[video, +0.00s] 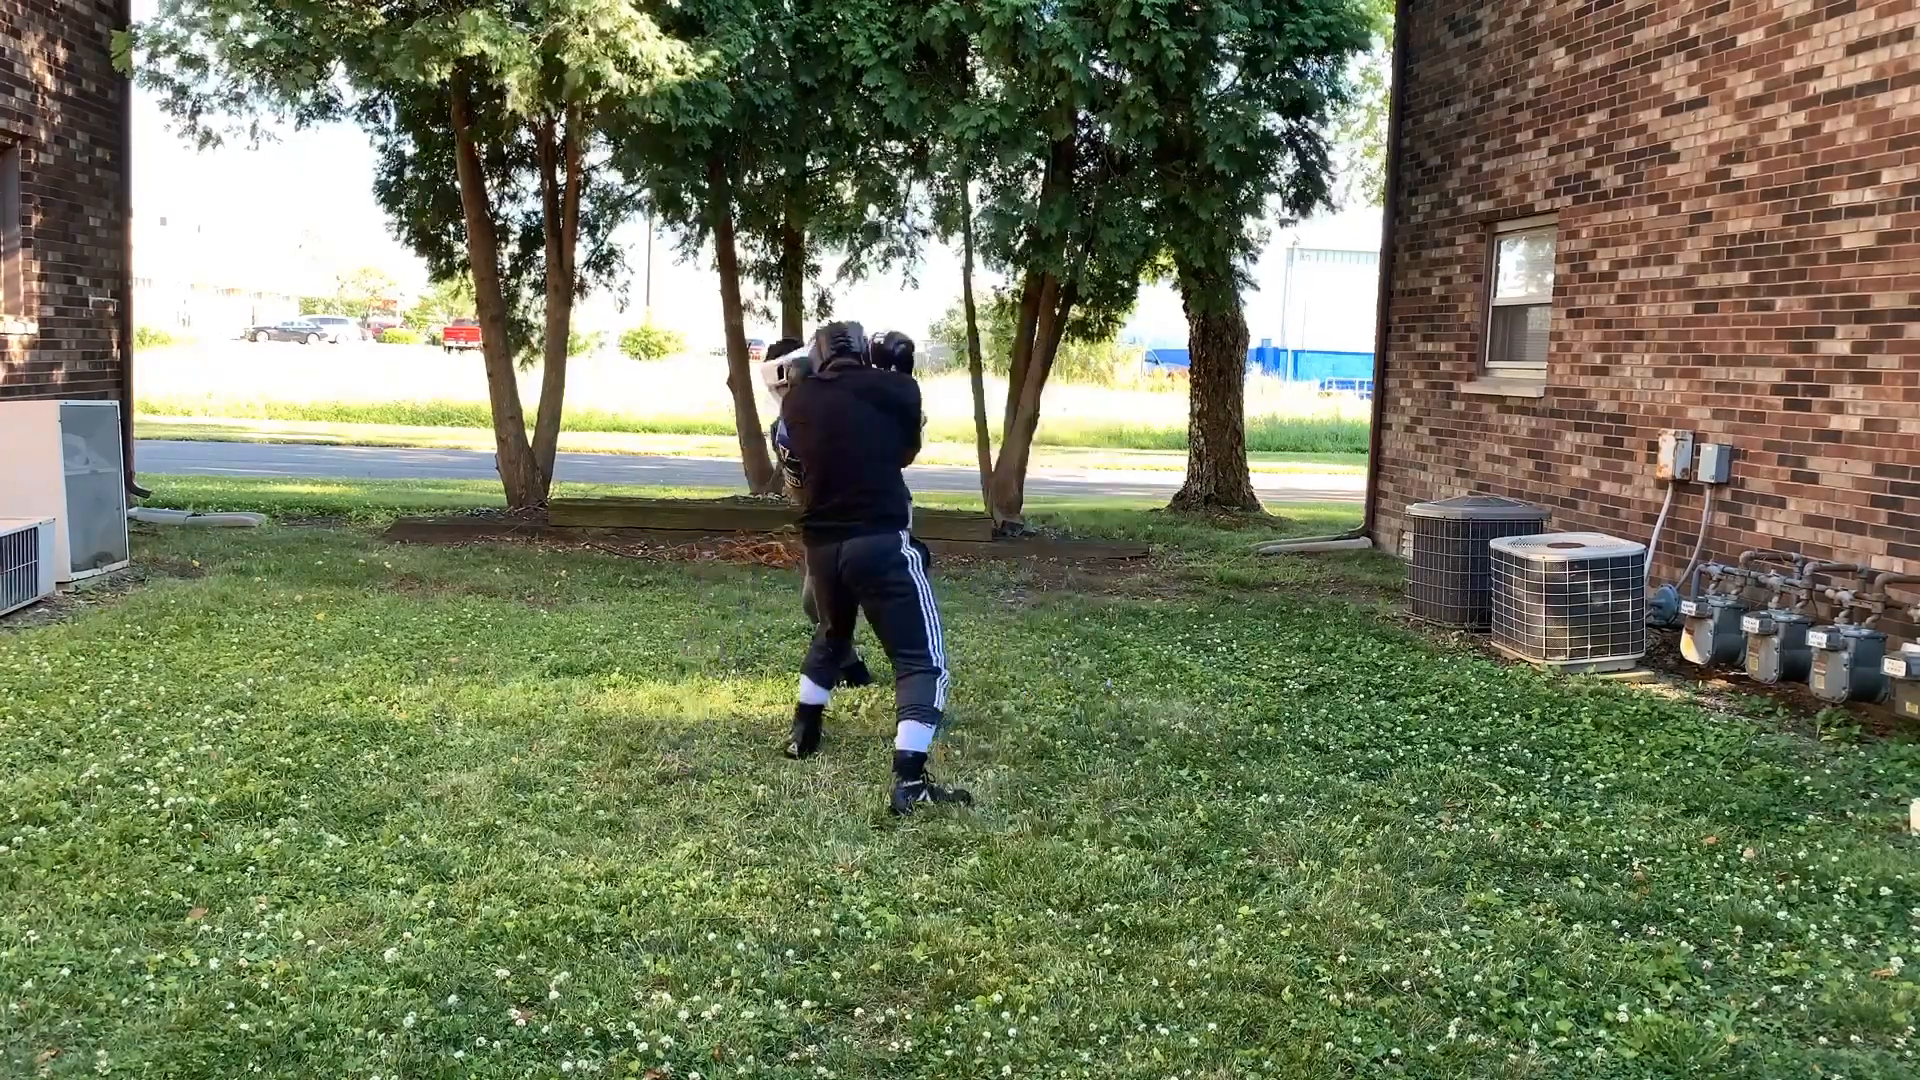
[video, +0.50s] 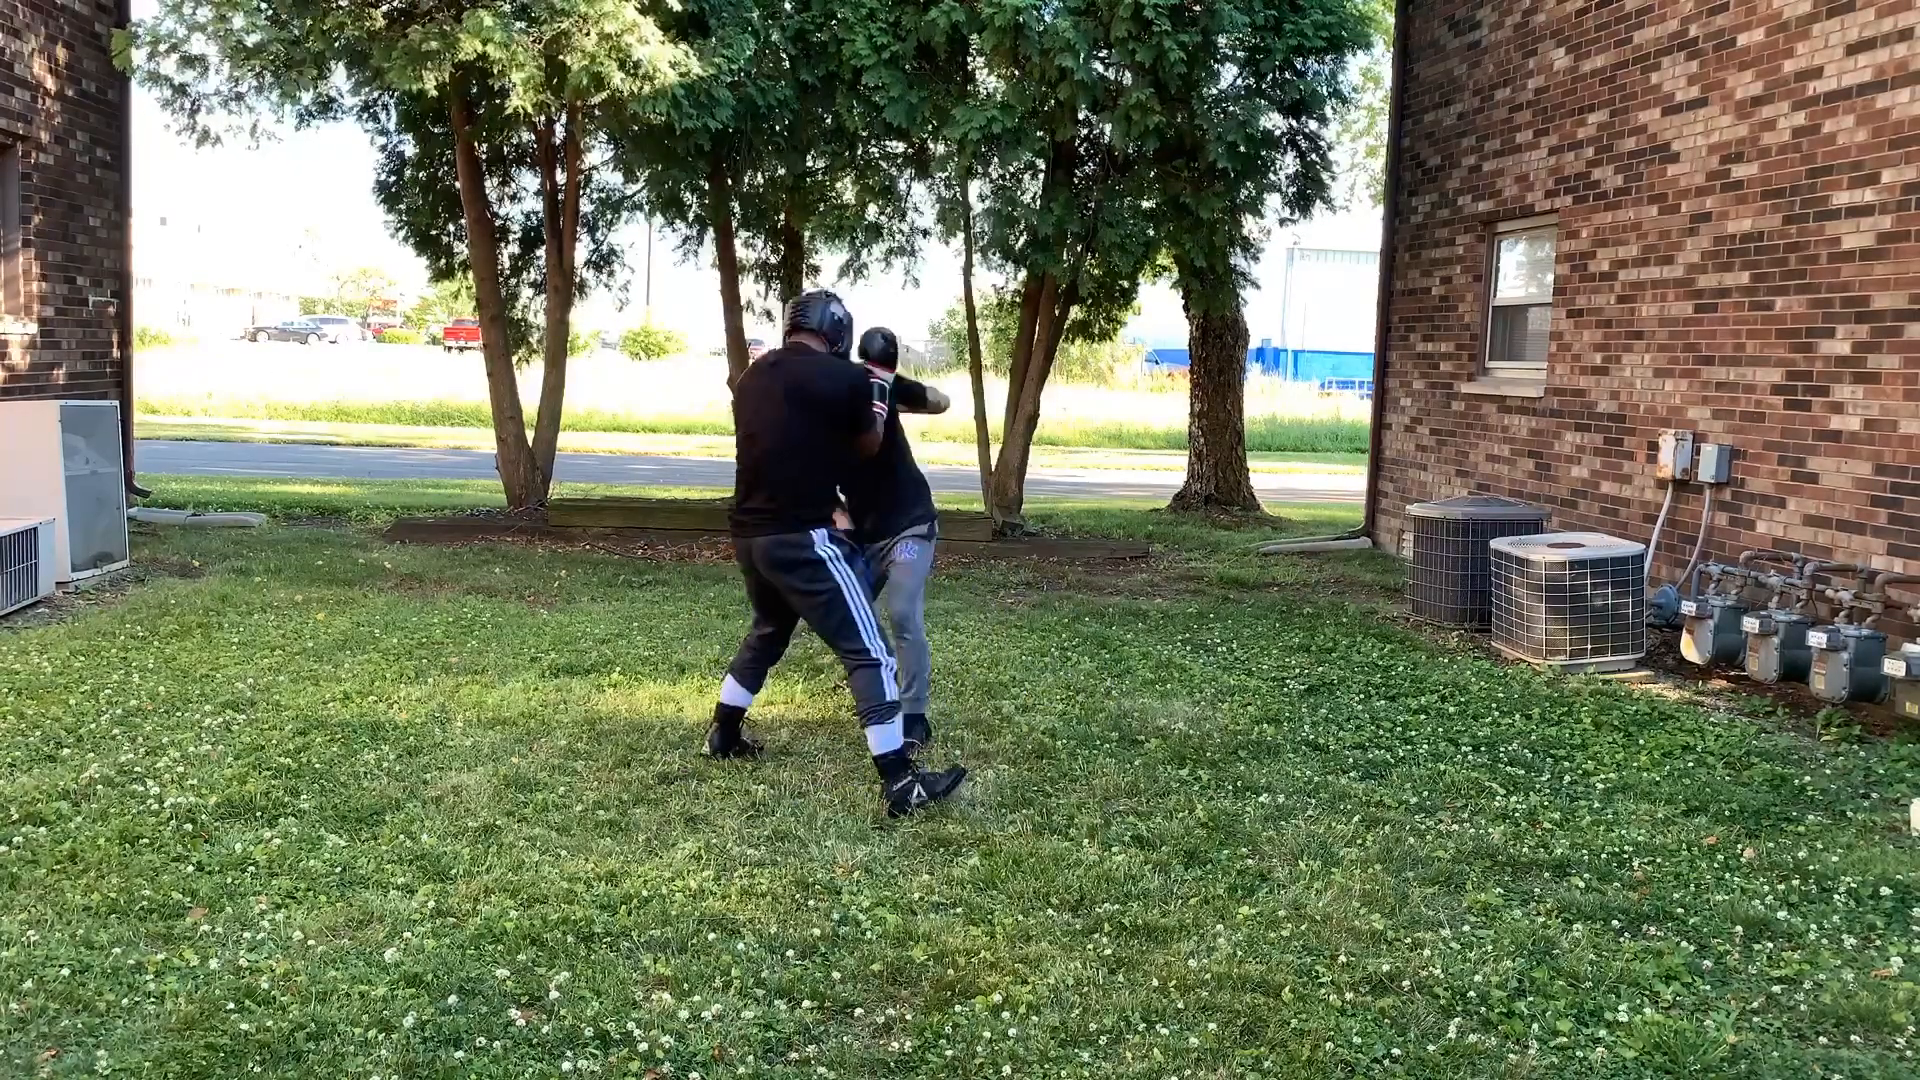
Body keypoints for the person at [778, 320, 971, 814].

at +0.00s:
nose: (872, 349)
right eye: (868, 344)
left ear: (819, 356)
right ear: (862, 351)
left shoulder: (797, 399)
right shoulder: (895, 388)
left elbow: (802, 462)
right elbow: (905, 453)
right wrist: (900, 379)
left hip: (823, 547)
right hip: (882, 543)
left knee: (830, 635)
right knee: (921, 660)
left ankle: (804, 735)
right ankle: (909, 781)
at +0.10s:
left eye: (823, 342)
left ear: (824, 348)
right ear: (869, 346)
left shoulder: (798, 391)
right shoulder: (901, 385)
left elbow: (791, 458)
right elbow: (909, 454)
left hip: (816, 544)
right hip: (878, 540)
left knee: (824, 634)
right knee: (923, 659)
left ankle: (802, 735)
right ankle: (909, 781)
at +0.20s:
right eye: (878, 334)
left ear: (831, 340)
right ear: (878, 341)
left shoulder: (796, 384)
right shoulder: (906, 384)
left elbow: (796, 452)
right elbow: (906, 458)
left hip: (807, 540)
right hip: (869, 537)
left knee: (816, 635)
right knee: (912, 655)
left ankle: (801, 735)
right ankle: (908, 779)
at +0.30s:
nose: (820, 325)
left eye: (825, 319)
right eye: (827, 317)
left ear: (832, 332)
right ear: (876, 333)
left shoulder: (797, 372)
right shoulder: (902, 388)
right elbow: (892, 445)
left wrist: (843, 355)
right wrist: (886, 363)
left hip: (792, 541)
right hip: (854, 541)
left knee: (798, 626)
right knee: (904, 655)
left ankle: (790, 734)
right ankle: (908, 780)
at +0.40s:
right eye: (861, 323)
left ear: (808, 329)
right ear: (861, 330)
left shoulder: (777, 374)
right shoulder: (883, 383)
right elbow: (885, 443)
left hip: (777, 538)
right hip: (836, 542)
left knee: (782, 623)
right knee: (898, 652)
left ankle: (746, 730)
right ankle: (907, 781)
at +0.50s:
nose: (844, 347)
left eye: (841, 341)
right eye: (845, 339)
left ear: (788, 329)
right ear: (835, 335)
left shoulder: (752, 377)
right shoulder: (844, 376)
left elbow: (773, 436)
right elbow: (870, 446)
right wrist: (869, 396)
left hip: (751, 536)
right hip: (804, 536)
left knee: (770, 627)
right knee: (867, 650)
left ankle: (724, 733)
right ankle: (900, 780)